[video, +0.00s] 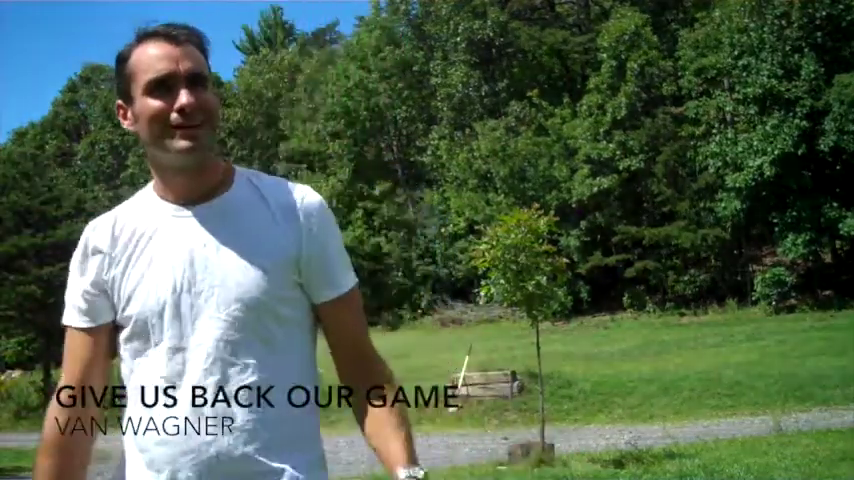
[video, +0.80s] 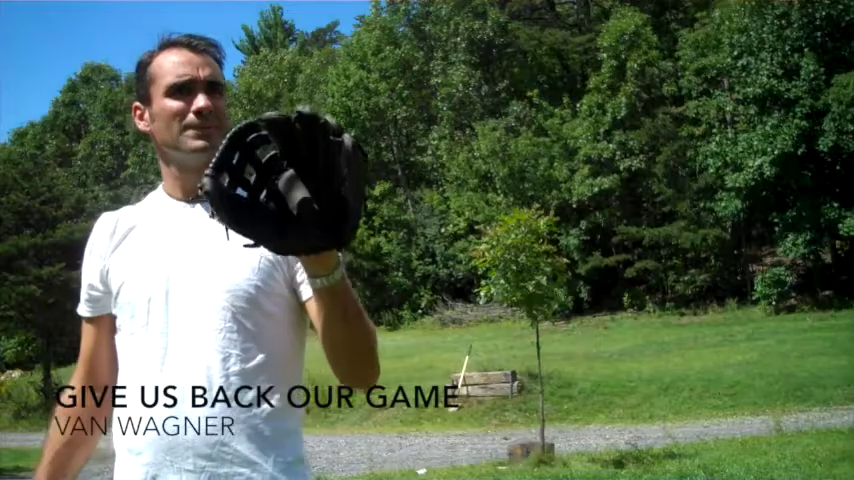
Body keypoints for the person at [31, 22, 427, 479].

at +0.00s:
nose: (186, 100)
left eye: (198, 83)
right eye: (162, 88)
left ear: (217, 99)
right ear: (127, 115)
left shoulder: (299, 214)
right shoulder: (106, 242)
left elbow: (363, 370)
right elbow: (74, 407)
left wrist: (407, 470)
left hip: (284, 469)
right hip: (159, 471)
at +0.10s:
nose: (181, 99)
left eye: (193, 82)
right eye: (158, 86)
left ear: (214, 98)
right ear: (123, 111)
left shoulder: (289, 211)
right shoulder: (99, 236)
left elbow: (351, 359)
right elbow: (81, 403)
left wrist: (385, 437)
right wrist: (64, 479)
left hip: (270, 470)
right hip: (145, 470)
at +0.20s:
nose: (181, 101)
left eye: (193, 84)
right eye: (158, 87)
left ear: (210, 98)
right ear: (121, 110)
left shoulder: (286, 212)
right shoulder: (99, 234)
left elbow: (340, 347)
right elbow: (90, 384)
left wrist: (360, 390)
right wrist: (79, 473)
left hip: (263, 470)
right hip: (138, 471)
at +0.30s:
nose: (180, 102)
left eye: (193, 85)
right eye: (159, 88)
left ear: (211, 100)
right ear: (123, 112)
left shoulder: (283, 213)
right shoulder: (99, 233)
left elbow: (340, 363)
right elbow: (97, 368)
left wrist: (350, 341)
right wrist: (84, 471)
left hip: (256, 469)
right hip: (132, 470)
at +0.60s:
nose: (193, 104)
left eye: (204, 88)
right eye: (171, 90)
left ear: (220, 105)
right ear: (134, 115)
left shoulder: (273, 218)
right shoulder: (107, 234)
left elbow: (357, 379)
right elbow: (95, 388)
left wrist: (320, 280)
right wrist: (68, 474)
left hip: (259, 469)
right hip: (137, 470)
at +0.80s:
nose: (204, 104)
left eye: (214, 89)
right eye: (182, 91)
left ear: (227, 104)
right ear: (143, 117)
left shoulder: (279, 223)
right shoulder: (114, 234)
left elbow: (361, 374)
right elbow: (90, 393)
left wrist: (323, 258)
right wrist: (46, 476)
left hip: (265, 470)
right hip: (146, 471)